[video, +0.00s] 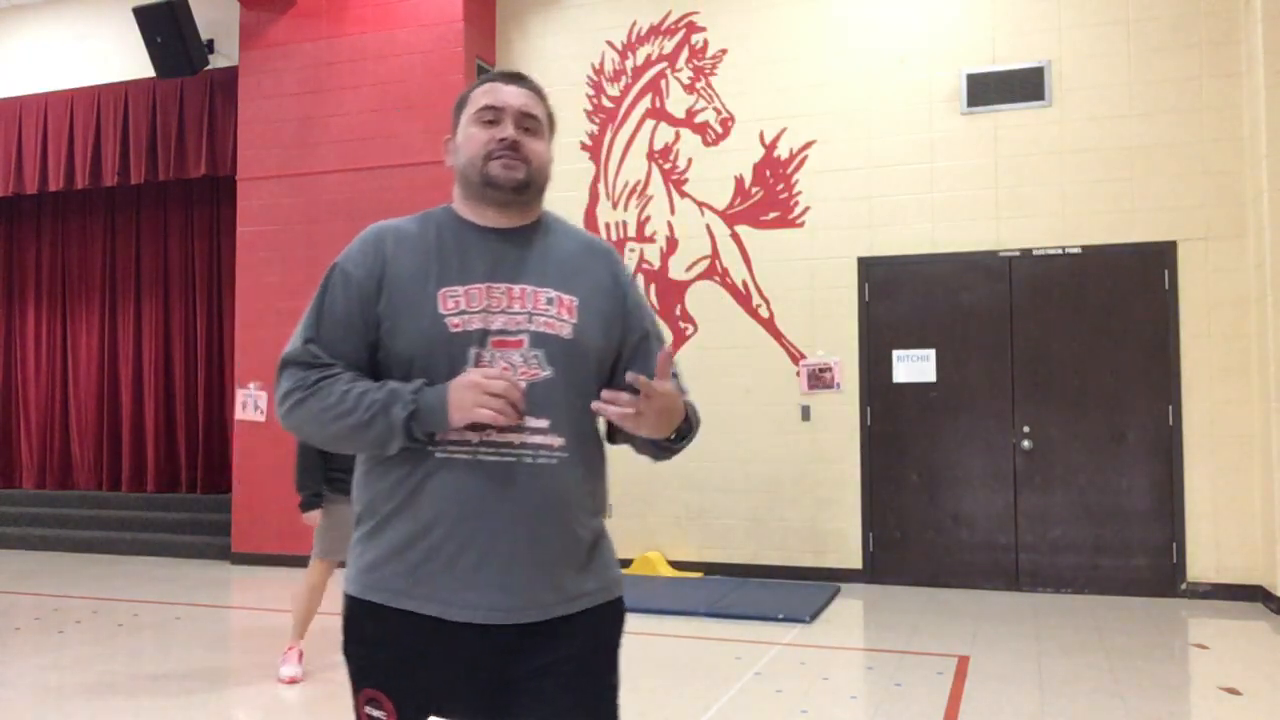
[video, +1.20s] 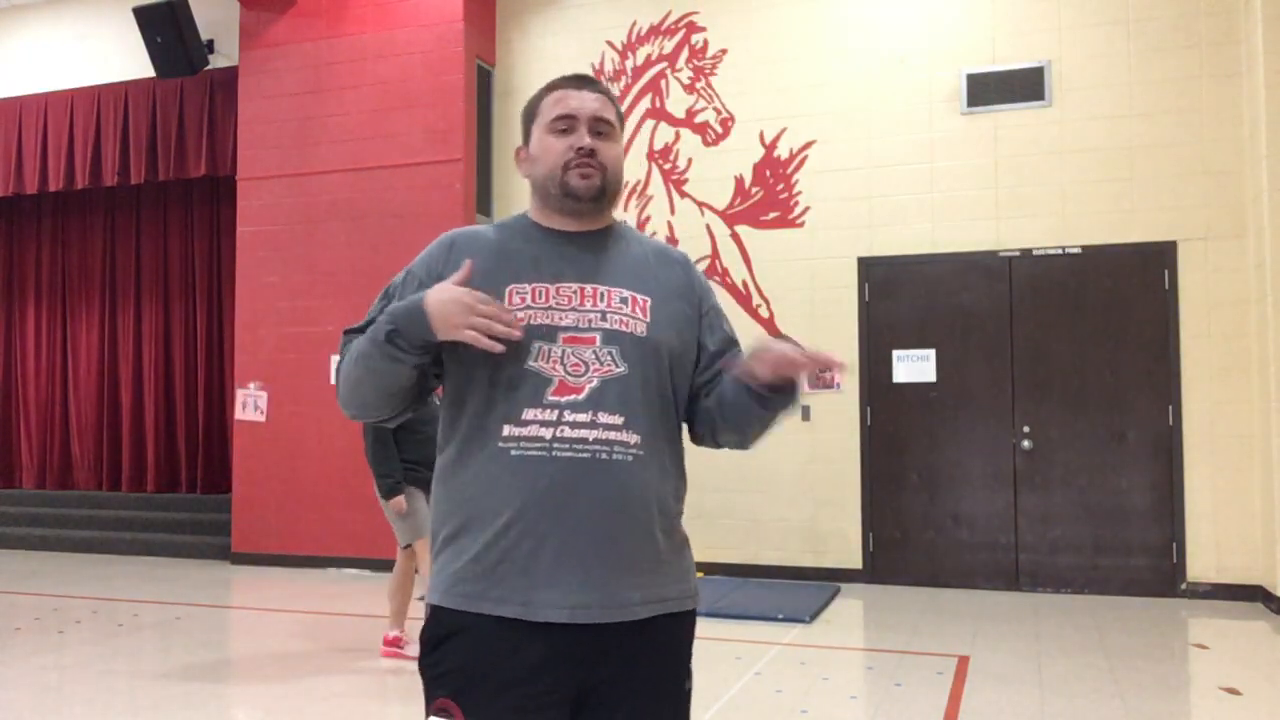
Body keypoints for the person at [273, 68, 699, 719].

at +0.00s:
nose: (509, 132)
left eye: (529, 124)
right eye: (488, 118)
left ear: (552, 154)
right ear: (450, 145)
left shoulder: (597, 266)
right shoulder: (384, 253)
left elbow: (656, 410)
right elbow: (301, 390)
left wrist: (672, 422)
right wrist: (430, 405)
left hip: (565, 608)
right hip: (408, 606)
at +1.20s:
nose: (585, 139)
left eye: (603, 128)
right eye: (563, 126)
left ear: (624, 156)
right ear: (523, 156)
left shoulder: (673, 274)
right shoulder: (461, 257)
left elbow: (714, 417)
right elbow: (361, 398)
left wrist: (756, 378)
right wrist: (418, 318)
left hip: (643, 612)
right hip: (491, 607)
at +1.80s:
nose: (530, 170)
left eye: (543, 156)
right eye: (507, 158)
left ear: (562, 174)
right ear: (473, 189)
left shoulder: (623, 279)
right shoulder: (432, 283)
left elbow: (693, 411)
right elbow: (364, 414)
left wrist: (652, 359)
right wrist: (428, 360)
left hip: (592, 590)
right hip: (456, 590)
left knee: (581, 710)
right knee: (464, 710)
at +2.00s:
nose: (516, 175)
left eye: (529, 161)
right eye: (494, 165)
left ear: (553, 181)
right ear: (465, 195)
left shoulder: (613, 273)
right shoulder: (427, 287)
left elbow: (671, 383)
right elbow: (360, 404)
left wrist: (576, 324)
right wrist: (419, 393)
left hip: (583, 581)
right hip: (449, 582)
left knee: (568, 711)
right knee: (456, 713)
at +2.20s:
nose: (503, 182)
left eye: (520, 169)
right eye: (485, 171)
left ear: (548, 186)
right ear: (463, 195)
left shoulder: (601, 271)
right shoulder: (424, 289)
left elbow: (629, 372)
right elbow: (366, 403)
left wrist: (510, 335)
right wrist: (437, 394)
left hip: (573, 573)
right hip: (442, 574)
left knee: (562, 711)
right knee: (450, 714)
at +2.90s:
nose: (520, 182)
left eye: (533, 172)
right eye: (500, 170)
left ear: (549, 193)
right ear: (464, 194)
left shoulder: (598, 280)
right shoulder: (415, 292)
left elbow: (666, 374)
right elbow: (342, 399)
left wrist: (573, 373)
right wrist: (419, 395)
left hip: (577, 580)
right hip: (446, 582)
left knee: (568, 711)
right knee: (452, 714)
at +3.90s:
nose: (545, 169)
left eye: (565, 157)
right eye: (529, 155)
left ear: (594, 181)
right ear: (503, 179)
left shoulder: (637, 273)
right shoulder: (449, 273)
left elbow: (694, 383)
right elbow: (373, 395)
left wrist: (623, 351)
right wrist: (435, 358)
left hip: (608, 590)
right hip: (472, 589)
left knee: (600, 709)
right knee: (481, 710)